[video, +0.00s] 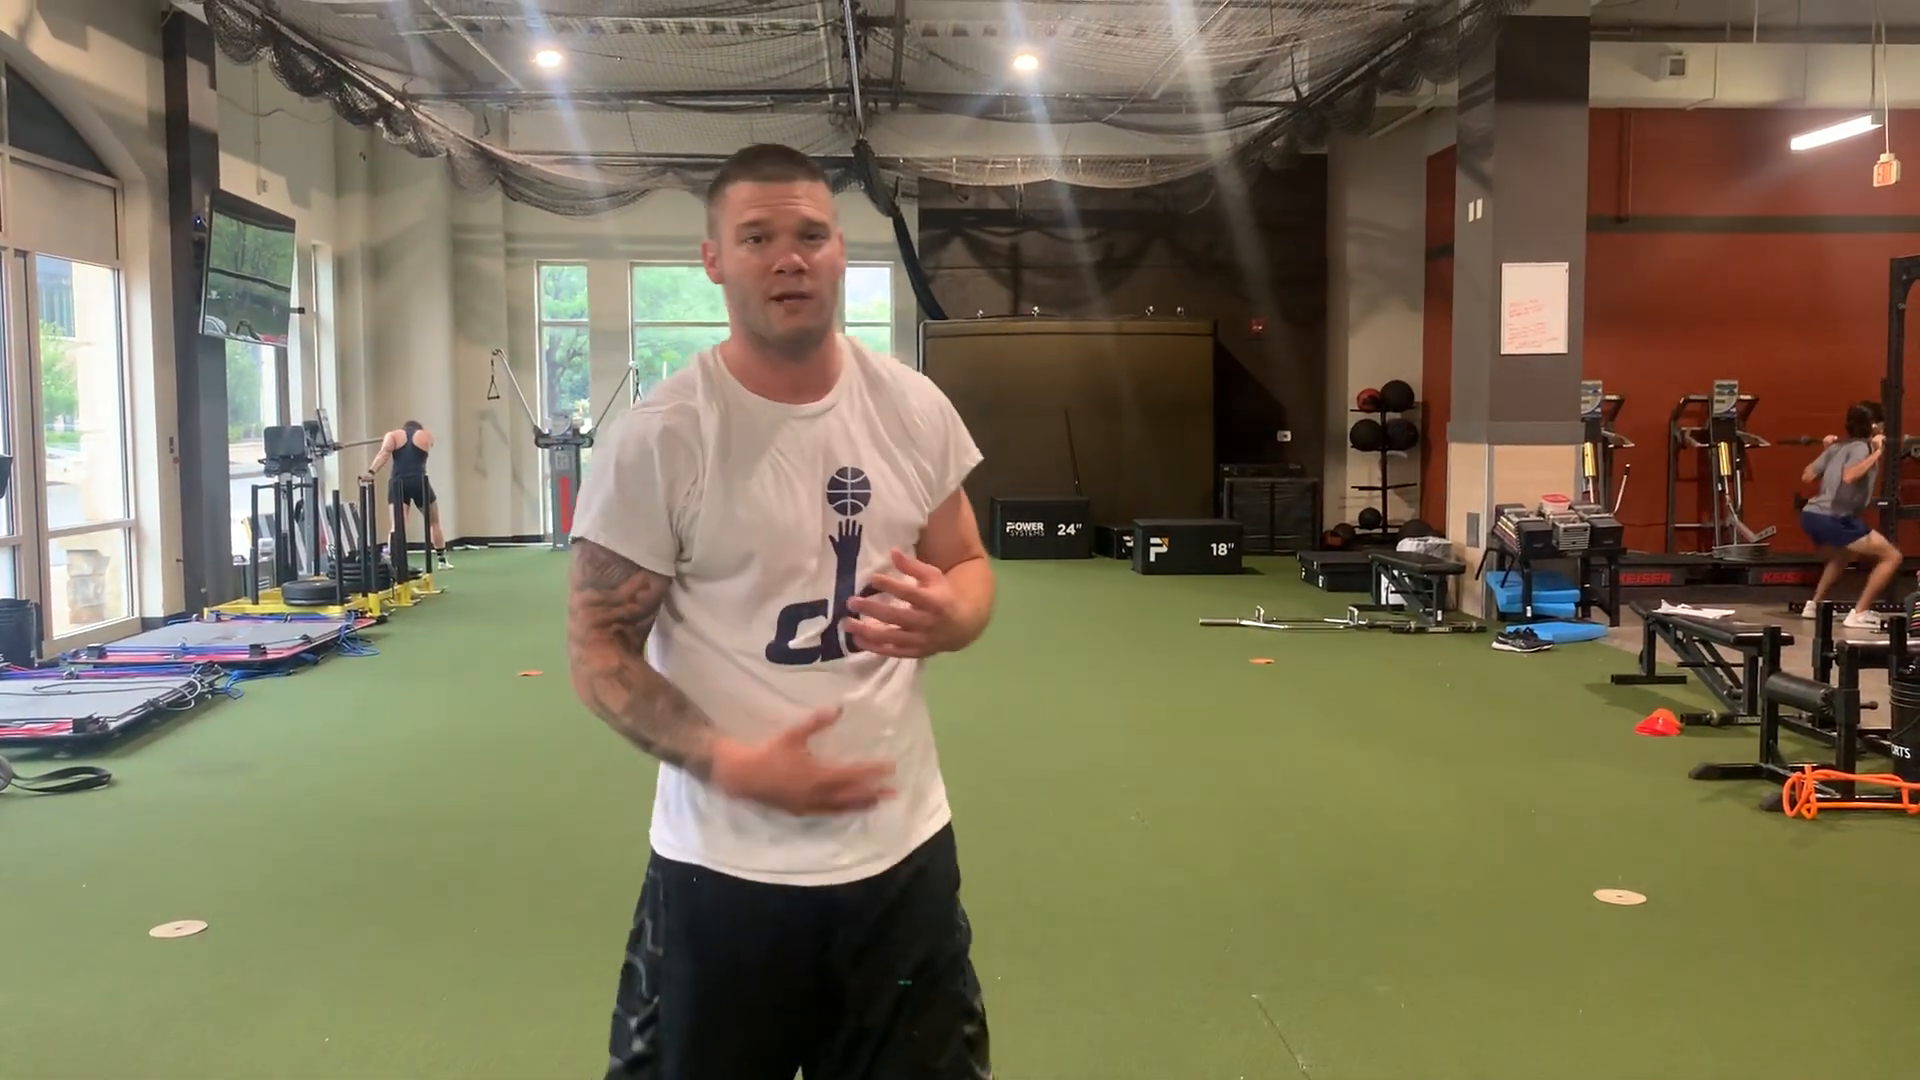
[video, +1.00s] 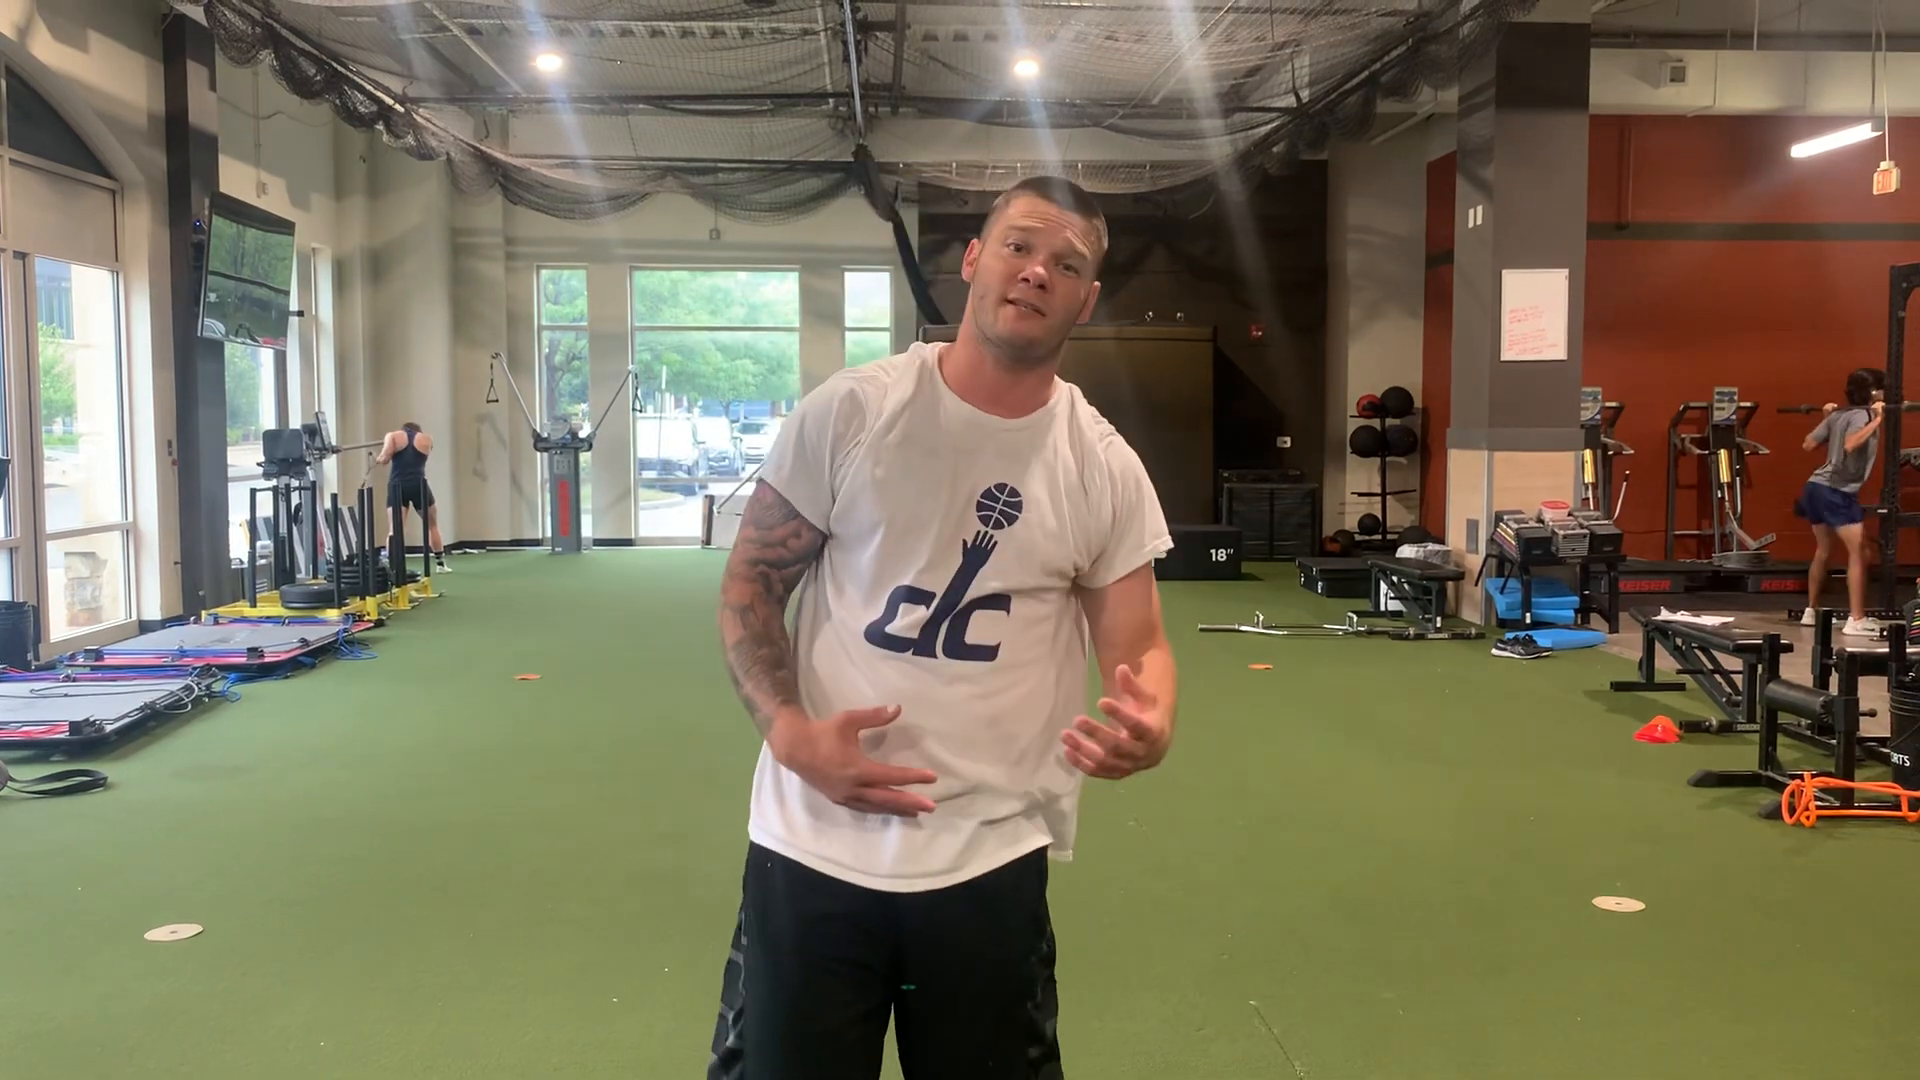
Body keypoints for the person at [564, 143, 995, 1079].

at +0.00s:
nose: (791, 257)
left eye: (812, 233)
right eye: (759, 236)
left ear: (842, 253)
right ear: (713, 263)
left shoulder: (910, 406)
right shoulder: (658, 435)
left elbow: (967, 565)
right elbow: (598, 651)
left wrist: (955, 618)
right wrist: (725, 759)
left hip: (900, 861)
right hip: (730, 873)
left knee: (927, 1065)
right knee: (698, 1067)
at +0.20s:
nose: (847, 247)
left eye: (872, 227)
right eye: (818, 224)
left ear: (903, 253)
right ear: (773, 249)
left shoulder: (970, 407)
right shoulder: (704, 425)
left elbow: (1030, 574)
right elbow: (627, 623)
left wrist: (1020, 644)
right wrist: (725, 658)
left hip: (934, 854)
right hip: (756, 863)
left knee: (963, 1066)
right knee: (730, 1066)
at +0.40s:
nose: (916, 247)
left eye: (943, 232)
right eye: (892, 225)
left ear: (975, 267)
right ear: (849, 252)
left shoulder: (1036, 427)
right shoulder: (766, 428)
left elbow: (1094, 603)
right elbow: (703, 617)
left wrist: (1043, 675)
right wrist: (702, 697)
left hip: (970, 865)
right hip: (791, 864)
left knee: (994, 1067)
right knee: (747, 1067)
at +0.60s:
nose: (977, 244)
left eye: (1004, 233)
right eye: (954, 222)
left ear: (1031, 275)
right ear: (906, 250)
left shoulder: (1079, 442)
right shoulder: (810, 422)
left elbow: (1111, 633)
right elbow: (741, 599)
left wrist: (1047, 643)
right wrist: (728, 751)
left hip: (994, 867)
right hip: (813, 861)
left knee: (1004, 1067)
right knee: (781, 1067)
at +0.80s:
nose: (1017, 258)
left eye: (1047, 250)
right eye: (996, 235)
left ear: (1067, 295)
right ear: (945, 262)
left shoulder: (1099, 461)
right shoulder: (833, 422)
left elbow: (1131, 644)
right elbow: (755, 599)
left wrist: (1123, 707)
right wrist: (794, 744)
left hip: (994, 866)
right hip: (822, 859)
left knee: (1009, 1067)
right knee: (787, 1068)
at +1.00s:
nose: (1036, 273)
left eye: (1065, 264)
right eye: (1018, 246)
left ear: (1088, 304)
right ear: (970, 263)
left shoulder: (1102, 468)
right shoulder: (847, 414)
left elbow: (1138, 649)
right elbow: (749, 587)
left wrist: (1142, 732)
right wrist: (786, 726)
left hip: (985, 867)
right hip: (814, 854)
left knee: (997, 1067)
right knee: (781, 1066)